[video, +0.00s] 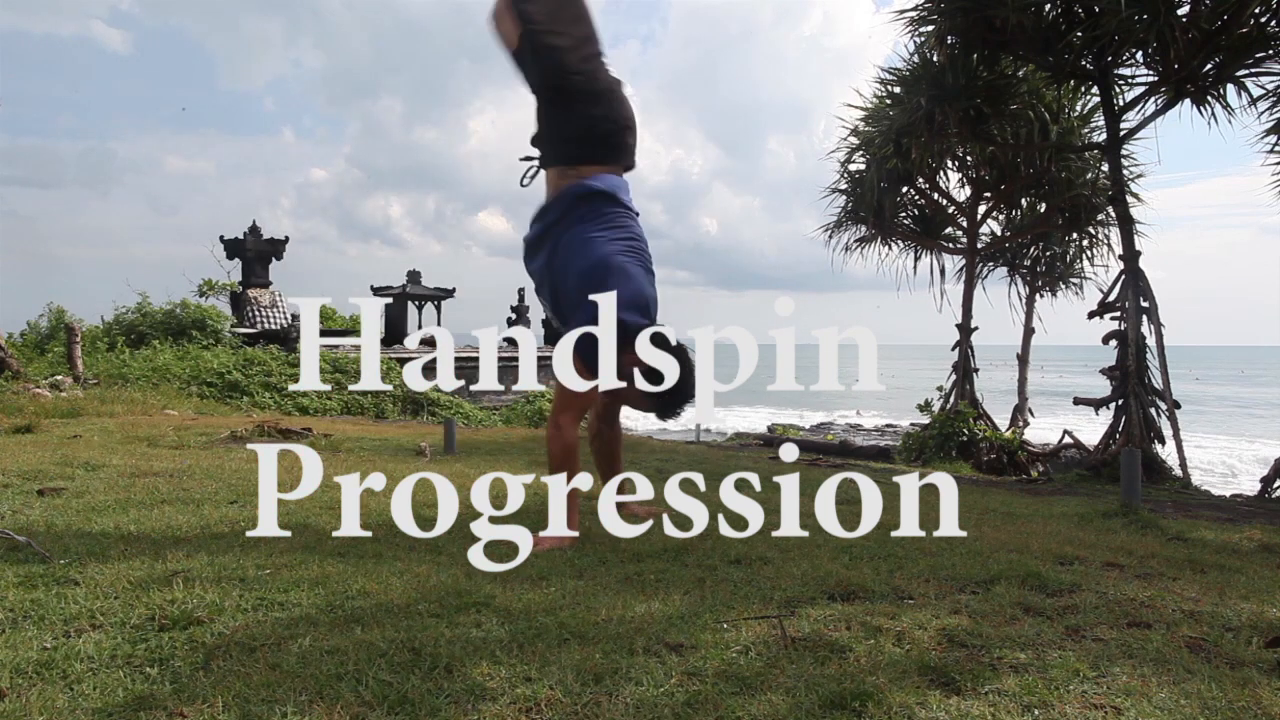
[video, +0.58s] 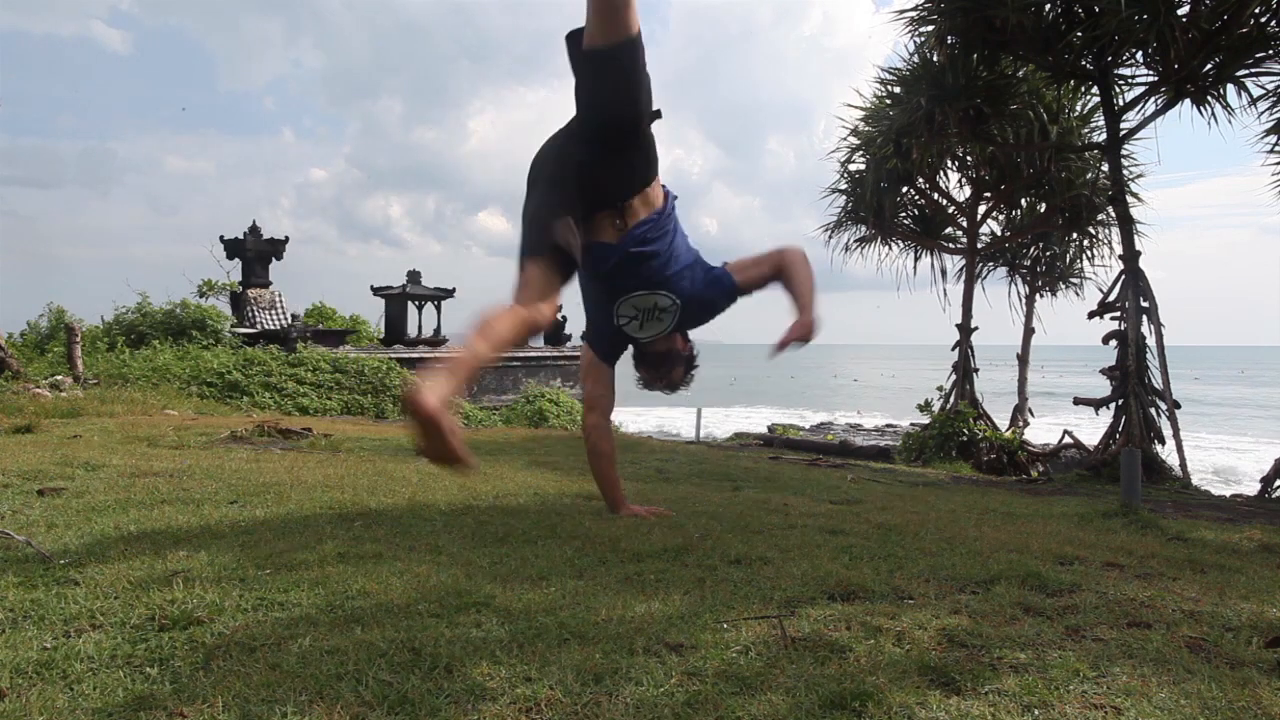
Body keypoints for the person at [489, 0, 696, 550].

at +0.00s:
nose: (632, 411)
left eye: (642, 409)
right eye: (639, 405)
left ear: (656, 369)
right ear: (640, 377)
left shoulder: (637, 340)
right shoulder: (600, 342)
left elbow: (605, 419)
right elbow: (562, 424)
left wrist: (615, 494)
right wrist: (565, 520)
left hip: (606, 155)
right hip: (581, 137)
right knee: (509, 11)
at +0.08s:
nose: (644, 407)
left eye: (655, 406)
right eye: (654, 403)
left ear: (653, 369)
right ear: (655, 376)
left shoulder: (626, 344)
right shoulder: (624, 336)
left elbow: (602, 418)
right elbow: (574, 421)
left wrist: (615, 496)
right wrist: (562, 518)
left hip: (576, 144)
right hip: (609, 133)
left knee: (475, 34)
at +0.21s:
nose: (656, 399)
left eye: (666, 402)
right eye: (669, 397)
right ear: (684, 369)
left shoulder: (612, 311)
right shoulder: (672, 317)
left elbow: (604, 399)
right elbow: (600, 388)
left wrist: (615, 489)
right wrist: (548, 487)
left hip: (577, 148)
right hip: (626, 138)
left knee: (433, 94)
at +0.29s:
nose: (664, 391)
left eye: (671, 396)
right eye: (680, 391)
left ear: (671, 363)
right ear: (698, 362)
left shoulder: (617, 343)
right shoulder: (694, 317)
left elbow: (602, 418)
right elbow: (640, 369)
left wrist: (620, 505)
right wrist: (574, 448)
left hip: (574, 155)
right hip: (631, 136)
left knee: (438, 158)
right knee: (629, 6)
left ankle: (363, 13)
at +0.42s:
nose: (665, 386)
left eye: (674, 390)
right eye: (685, 387)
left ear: (662, 357)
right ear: (702, 364)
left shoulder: (617, 326)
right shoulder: (711, 310)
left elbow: (602, 414)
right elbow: (714, 333)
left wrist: (619, 504)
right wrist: (649, 403)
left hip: (566, 166)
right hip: (632, 140)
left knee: (465, 218)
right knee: (619, 11)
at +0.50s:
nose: (666, 379)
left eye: (668, 384)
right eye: (679, 382)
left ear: (657, 360)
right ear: (694, 350)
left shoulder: (611, 334)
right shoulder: (701, 298)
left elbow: (599, 424)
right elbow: (783, 285)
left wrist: (619, 506)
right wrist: (756, 351)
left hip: (562, 166)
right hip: (628, 141)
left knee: (505, 274)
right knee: (618, 7)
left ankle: (356, 289)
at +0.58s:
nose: (651, 374)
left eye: (654, 378)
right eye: (664, 377)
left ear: (647, 357)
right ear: (685, 349)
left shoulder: (604, 335)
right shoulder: (704, 294)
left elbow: (597, 417)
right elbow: (788, 256)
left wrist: (617, 505)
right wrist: (806, 311)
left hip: (555, 169)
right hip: (619, 148)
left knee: (533, 306)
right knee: (612, 2)